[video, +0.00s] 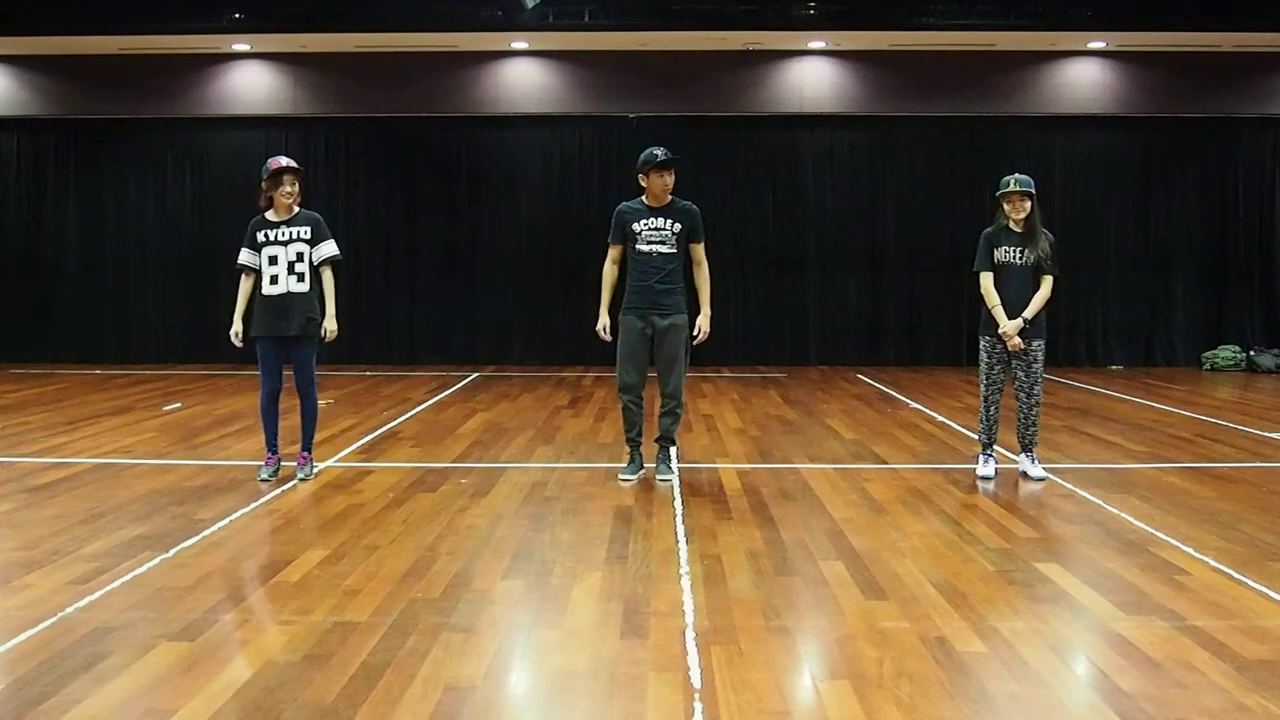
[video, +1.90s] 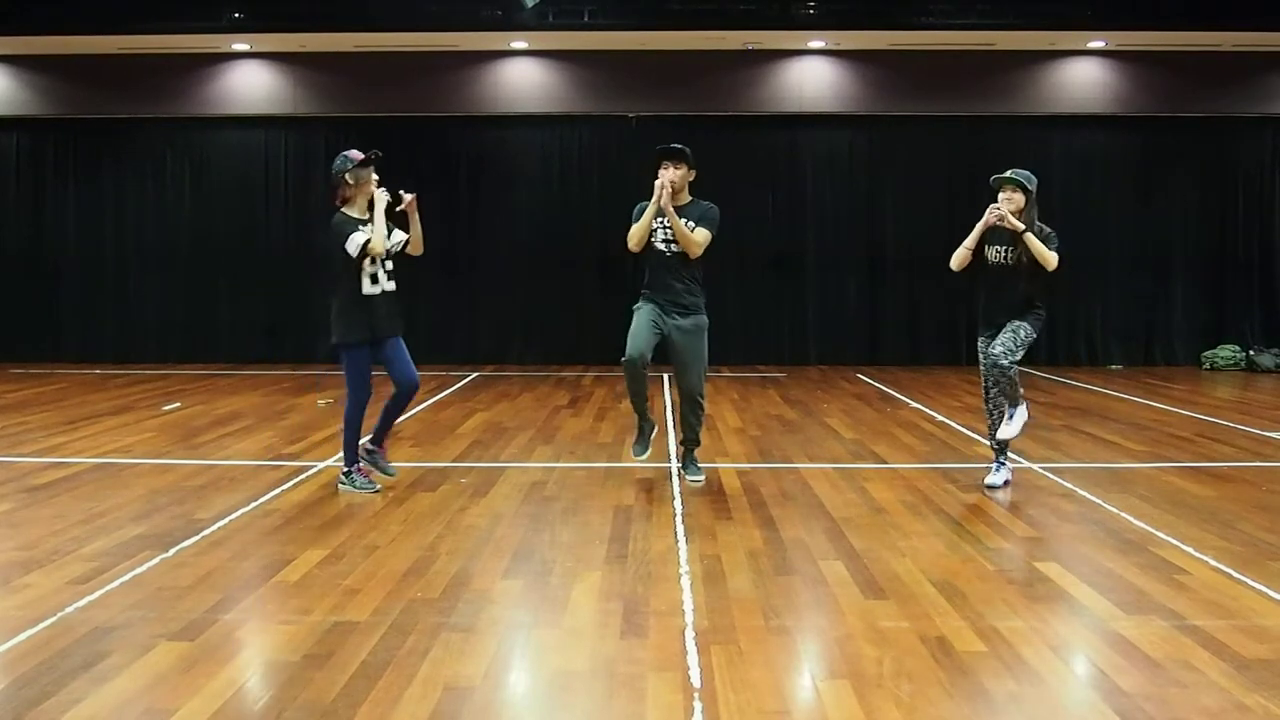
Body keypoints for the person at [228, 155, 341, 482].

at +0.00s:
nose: (289, 189)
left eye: (293, 184)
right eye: (282, 185)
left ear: (299, 188)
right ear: (270, 189)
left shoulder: (312, 222)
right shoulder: (258, 226)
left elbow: (326, 270)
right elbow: (248, 275)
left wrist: (330, 314)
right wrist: (237, 318)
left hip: (305, 320)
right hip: (267, 322)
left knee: (306, 388)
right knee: (270, 389)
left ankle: (305, 455)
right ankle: (271, 455)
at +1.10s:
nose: (309, 190)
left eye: (311, 184)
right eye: (300, 185)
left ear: (314, 186)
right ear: (283, 189)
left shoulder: (322, 224)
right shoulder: (269, 230)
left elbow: (329, 273)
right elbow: (262, 283)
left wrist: (348, 311)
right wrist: (281, 324)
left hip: (320, 321)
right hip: (282, 322)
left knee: (319, 387)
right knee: (278, 389)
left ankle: (318, 459)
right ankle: (272, 454)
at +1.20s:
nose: (318, 191)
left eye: (320, 184)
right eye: (310, 186)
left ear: (322, 186)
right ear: (291, 190)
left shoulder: (330, 222)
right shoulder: (277, 228)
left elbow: (339, 266)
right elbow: (266, 277)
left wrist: (350, 294)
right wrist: (301, 305)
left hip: (329, 317)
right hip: (292, 319)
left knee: (324, 388)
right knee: (290, 388)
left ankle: (319, 459)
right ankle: (274, 454)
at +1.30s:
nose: (328, 198)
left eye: (329, 191)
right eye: (321, 193)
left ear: (331, 192)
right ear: (301, 194)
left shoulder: (340, 223)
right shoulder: (284, 227)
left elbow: (358, 266)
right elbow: (273, 274)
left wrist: (351, 271)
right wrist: (317, 273)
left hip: (334, 318)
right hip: (300, 319)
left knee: (328, 390)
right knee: (309, 386)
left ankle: (320, 459)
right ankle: (282, 439)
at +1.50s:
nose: (341, 190)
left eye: (342, 183)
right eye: (333, 185)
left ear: (347, 184)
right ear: (315, 188)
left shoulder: (353, 219)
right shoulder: (301, 221)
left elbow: (381, 260)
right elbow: (301, 262)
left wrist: (374, 232)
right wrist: (332, 230)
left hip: (347, 313)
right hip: (314, 311)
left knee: (331, 383)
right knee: (343, 374)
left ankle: (319, 455)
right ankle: (316, 439)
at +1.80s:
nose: (365, 182)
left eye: (364, 176)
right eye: (357, 178)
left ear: (363, 182)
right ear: (339, 186)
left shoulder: (372, 222)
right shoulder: (329, 226)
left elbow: (402, 259)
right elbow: (356, 257)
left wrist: (401, 222)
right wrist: (366, 216)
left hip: (373, 317)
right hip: (344, 319)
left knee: (384, 392)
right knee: (362, 393)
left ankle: (339, 444)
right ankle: (350, 468)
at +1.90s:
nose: (376, 177)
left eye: (374, 171)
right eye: (368, 173)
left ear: (365, 180)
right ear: (350, 181)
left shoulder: (379, 218)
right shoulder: (341, 223)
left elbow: (416, 249)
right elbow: (376, 247)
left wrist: (413, 213)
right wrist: (380, 209)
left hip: (383, 320)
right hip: (353, 323)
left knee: (408, 383)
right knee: (359, 395)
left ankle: (374, 444)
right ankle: (349, 470)